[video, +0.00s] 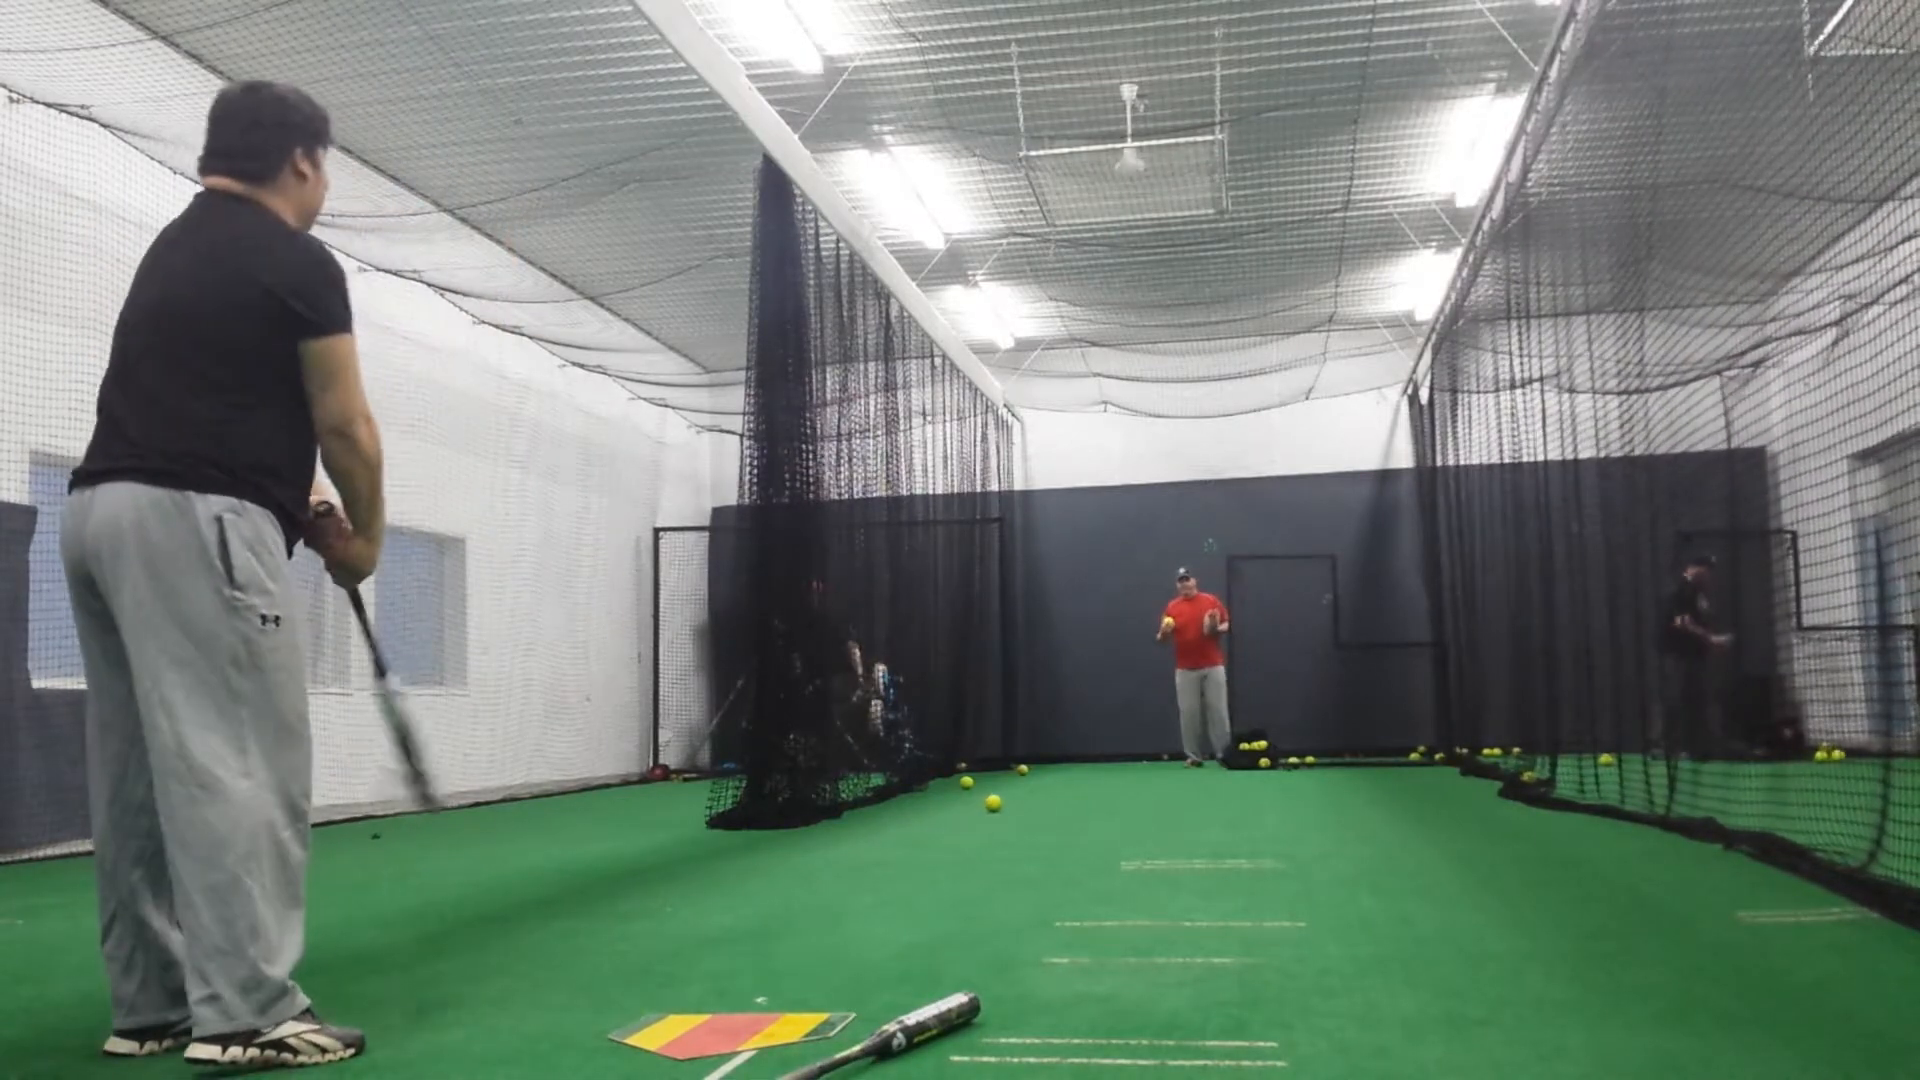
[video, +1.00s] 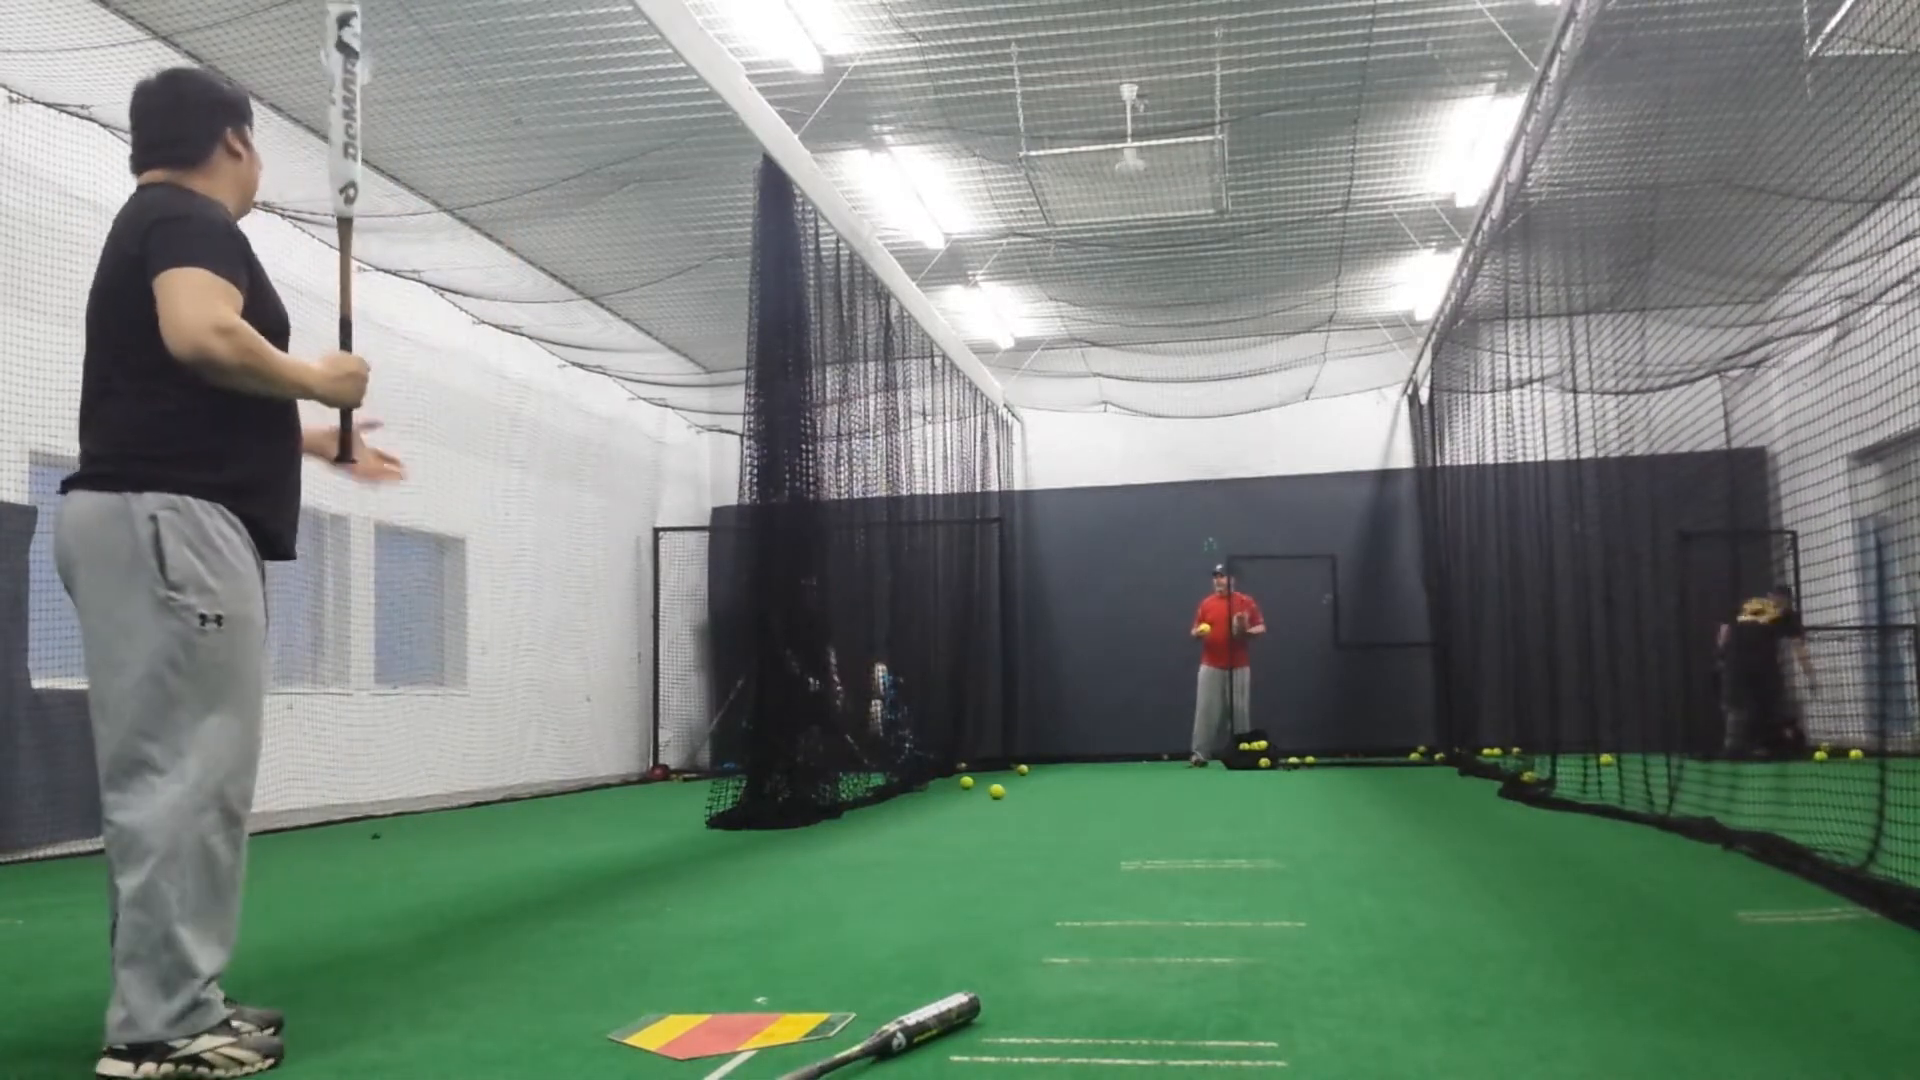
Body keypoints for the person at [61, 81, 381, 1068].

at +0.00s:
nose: (327, 188)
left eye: (325, 170)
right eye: (325, 169)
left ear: (219, 163)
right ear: (298, 163)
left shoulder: (176, 243)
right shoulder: (297, 259)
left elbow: (203, 406)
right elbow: (348, 430)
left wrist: (302, 504)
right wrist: (364, 537)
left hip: (101, 513)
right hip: (196, 516)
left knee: (133, 768)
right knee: (237, 765)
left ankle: (150, 1007)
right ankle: (247, 1011)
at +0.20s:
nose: (296, 189)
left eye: (295, 170)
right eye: (292, 169)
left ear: (193, 163)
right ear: (263, 162)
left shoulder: (160, 240)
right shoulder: (256, 245)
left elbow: (190, 398)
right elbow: (293, 394)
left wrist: (304, 481)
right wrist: (351, 488)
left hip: (97, 516)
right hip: (181, 514)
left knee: (133, 768)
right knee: (241, 758)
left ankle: (152, 1006)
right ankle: (251, 1005)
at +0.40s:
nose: (270, 190)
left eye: (267, 173)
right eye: (267, 171)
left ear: (171, 167)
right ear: (240, 165)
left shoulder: (148, 237)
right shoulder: (221, 231)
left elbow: (209, 407)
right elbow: (237, 354)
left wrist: (335, 439)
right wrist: (350, 422)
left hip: (102, 516)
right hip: (172, 516)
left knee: (139, 769)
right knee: (232, 756)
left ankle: (152, 1008)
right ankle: (249, 1005)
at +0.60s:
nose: (257, 182)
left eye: (253, 165)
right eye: (252, 163)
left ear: (157, 163)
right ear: (226, 156)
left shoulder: (146, 236)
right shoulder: (193, 223)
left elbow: (213, 414)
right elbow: (210, 338)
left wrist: (330, 409)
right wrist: (333, 366)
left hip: (116, 519)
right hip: (164, 520)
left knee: (148, 770)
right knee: (204, 761)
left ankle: (153, 1010)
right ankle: (206, 1009)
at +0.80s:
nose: (256, 179)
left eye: (251, 162)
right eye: (251, 160)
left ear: (161, 160)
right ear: (226, 154)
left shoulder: (153, 233)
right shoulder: (186, 221)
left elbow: (200, 400)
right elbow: (206, 336)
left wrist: (314, 413)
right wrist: (323, 358)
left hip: (139, 524)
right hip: (159, 525)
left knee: (162, 773)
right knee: (179, 773)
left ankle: (160, 1011)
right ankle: (182, 1015)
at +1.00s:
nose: (261, 165)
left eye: (254, 147)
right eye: (255, 146)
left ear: (160, 149)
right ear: (230, 142)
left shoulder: (157, 225)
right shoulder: (188, 217)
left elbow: (193, 400)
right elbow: (197, 334)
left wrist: (316, 440)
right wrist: (314, 377)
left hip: (139, 522)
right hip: (167, 526)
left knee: (165, 771)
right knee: (189, 772)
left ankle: (170, 1000)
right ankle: (162, 1020)